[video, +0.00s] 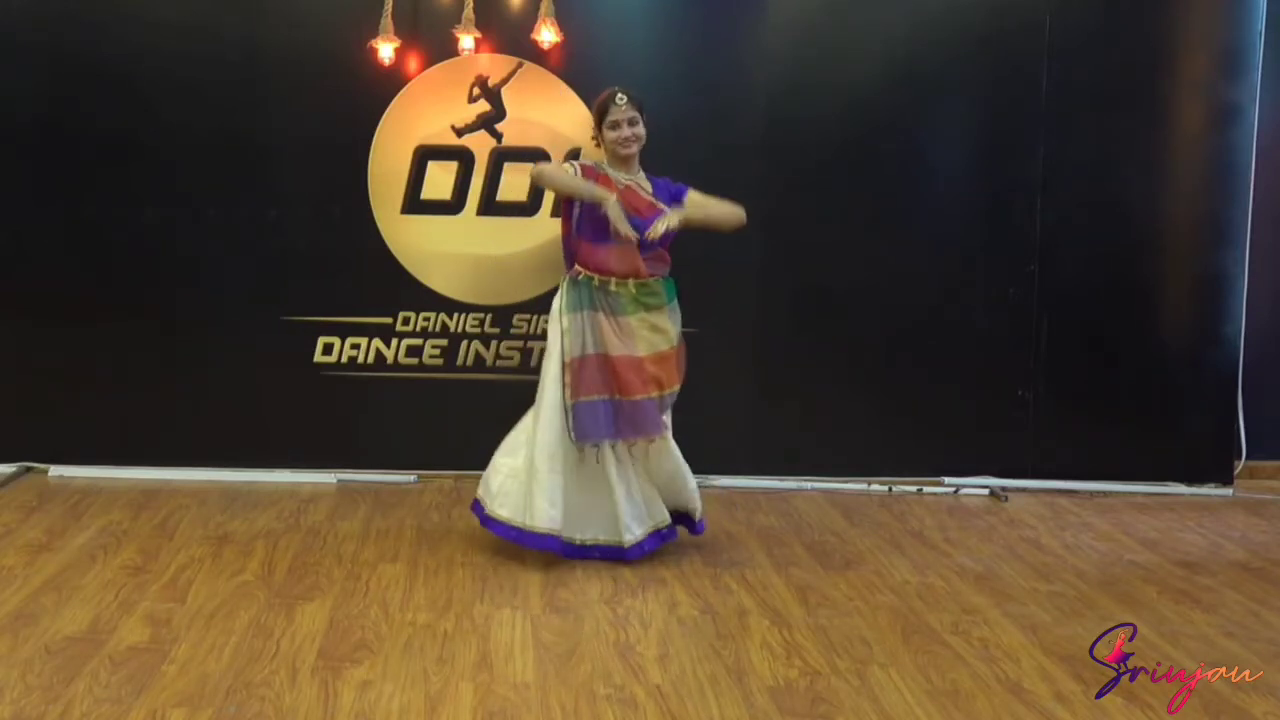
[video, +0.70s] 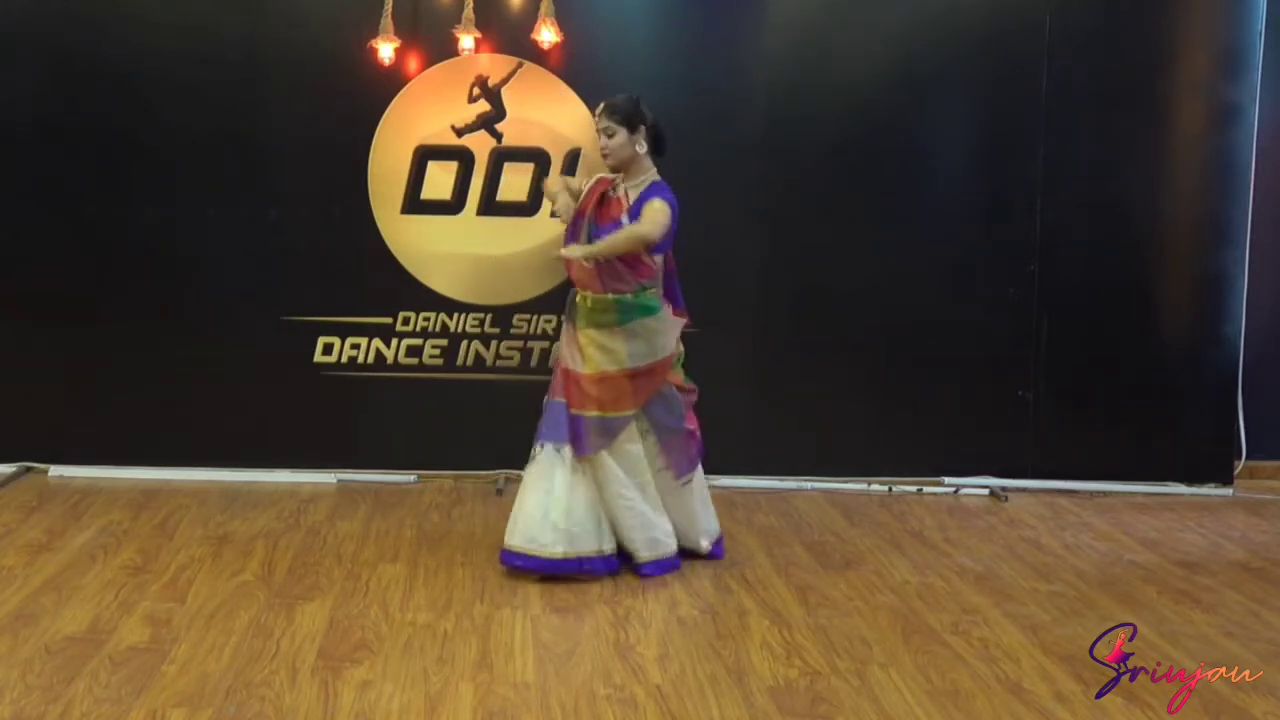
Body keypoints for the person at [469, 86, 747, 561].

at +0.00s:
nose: (626, 131)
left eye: (633, 122)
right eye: (615, 125)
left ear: (645, 127)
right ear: (599, 134)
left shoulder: (661, 190)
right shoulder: (586, 178)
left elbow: (736, 215)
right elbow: (544, 174)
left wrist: (684, 214)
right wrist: (607, 198)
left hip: (646, 313)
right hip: (590, 311)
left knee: (640, 415)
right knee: (590, 413)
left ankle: (637, 516)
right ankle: (589, 523)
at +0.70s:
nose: (601, 143)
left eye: (609, 134)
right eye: (598, 135)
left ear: (640, 137)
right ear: (600, 140)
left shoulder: (657, 197)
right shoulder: (601, 188)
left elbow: (647, 234)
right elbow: (574, 218)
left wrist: (592, 250)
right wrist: (561, 196)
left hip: (638, 338)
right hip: (588, 335)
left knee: (653, 439)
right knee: (568, 435)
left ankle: (687, 533)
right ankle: (562, 542)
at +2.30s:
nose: (619, 138)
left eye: (623, 129)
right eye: (609, 129)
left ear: (623, 133)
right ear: (577, 134)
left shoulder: (629, 194)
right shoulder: (563, 192)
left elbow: (689, 238)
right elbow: (564, 246)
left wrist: (678, 201)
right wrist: (619, 202)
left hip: (626, 333)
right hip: (578, 332)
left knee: (625, 444)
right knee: (584, 445)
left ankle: (607, 562)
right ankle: (573, 568)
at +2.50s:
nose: (625, 126)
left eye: (627, 115)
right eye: (612, 119)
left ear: (632, 119)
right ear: (582, 129)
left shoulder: (645, 182)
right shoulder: (569, 182)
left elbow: (719, 204)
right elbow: (563, 228)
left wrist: (706, 166)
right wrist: (597, 176)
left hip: (634, 319)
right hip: (580, 318)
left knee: (630, 433)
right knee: (582, 433)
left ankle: (617, 558)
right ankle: (577, 558)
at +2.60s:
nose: (619, 123)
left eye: (622, 114)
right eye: (605, 118)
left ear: (631, 120)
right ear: (582, 131)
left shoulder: (653, 185)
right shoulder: (573, 186)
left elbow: (731, 212)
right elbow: (545, 237)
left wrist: (705, 197)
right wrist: (604, 214)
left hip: (641, 320)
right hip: (585, 319)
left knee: (644, 433)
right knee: (589, 433)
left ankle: (645, 553)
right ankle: (590, 557)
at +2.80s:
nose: (589, 129)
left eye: (598, 119)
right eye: (583, 124)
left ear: (628, 124)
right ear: (581, 138)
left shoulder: (669, 186)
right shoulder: (578, 191)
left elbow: (731, 225)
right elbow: (537, 233)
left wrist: (708, 283)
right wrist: (557, 279)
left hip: (653, 326)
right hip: (589, 325)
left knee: (656, 435)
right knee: (581, 433)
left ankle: (655, 548)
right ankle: (576, 546)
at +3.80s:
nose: (561, 202)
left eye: (566, 193)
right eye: (556, 189)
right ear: (520, 177)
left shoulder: (528, 253)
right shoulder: (473, 219)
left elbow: (575, 318)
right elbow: (458, 288)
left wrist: (630, 371)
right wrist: (516, 341)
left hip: (475, 356)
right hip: (429, 344)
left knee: (478, 455)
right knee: (463, 452)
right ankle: (421, 578)